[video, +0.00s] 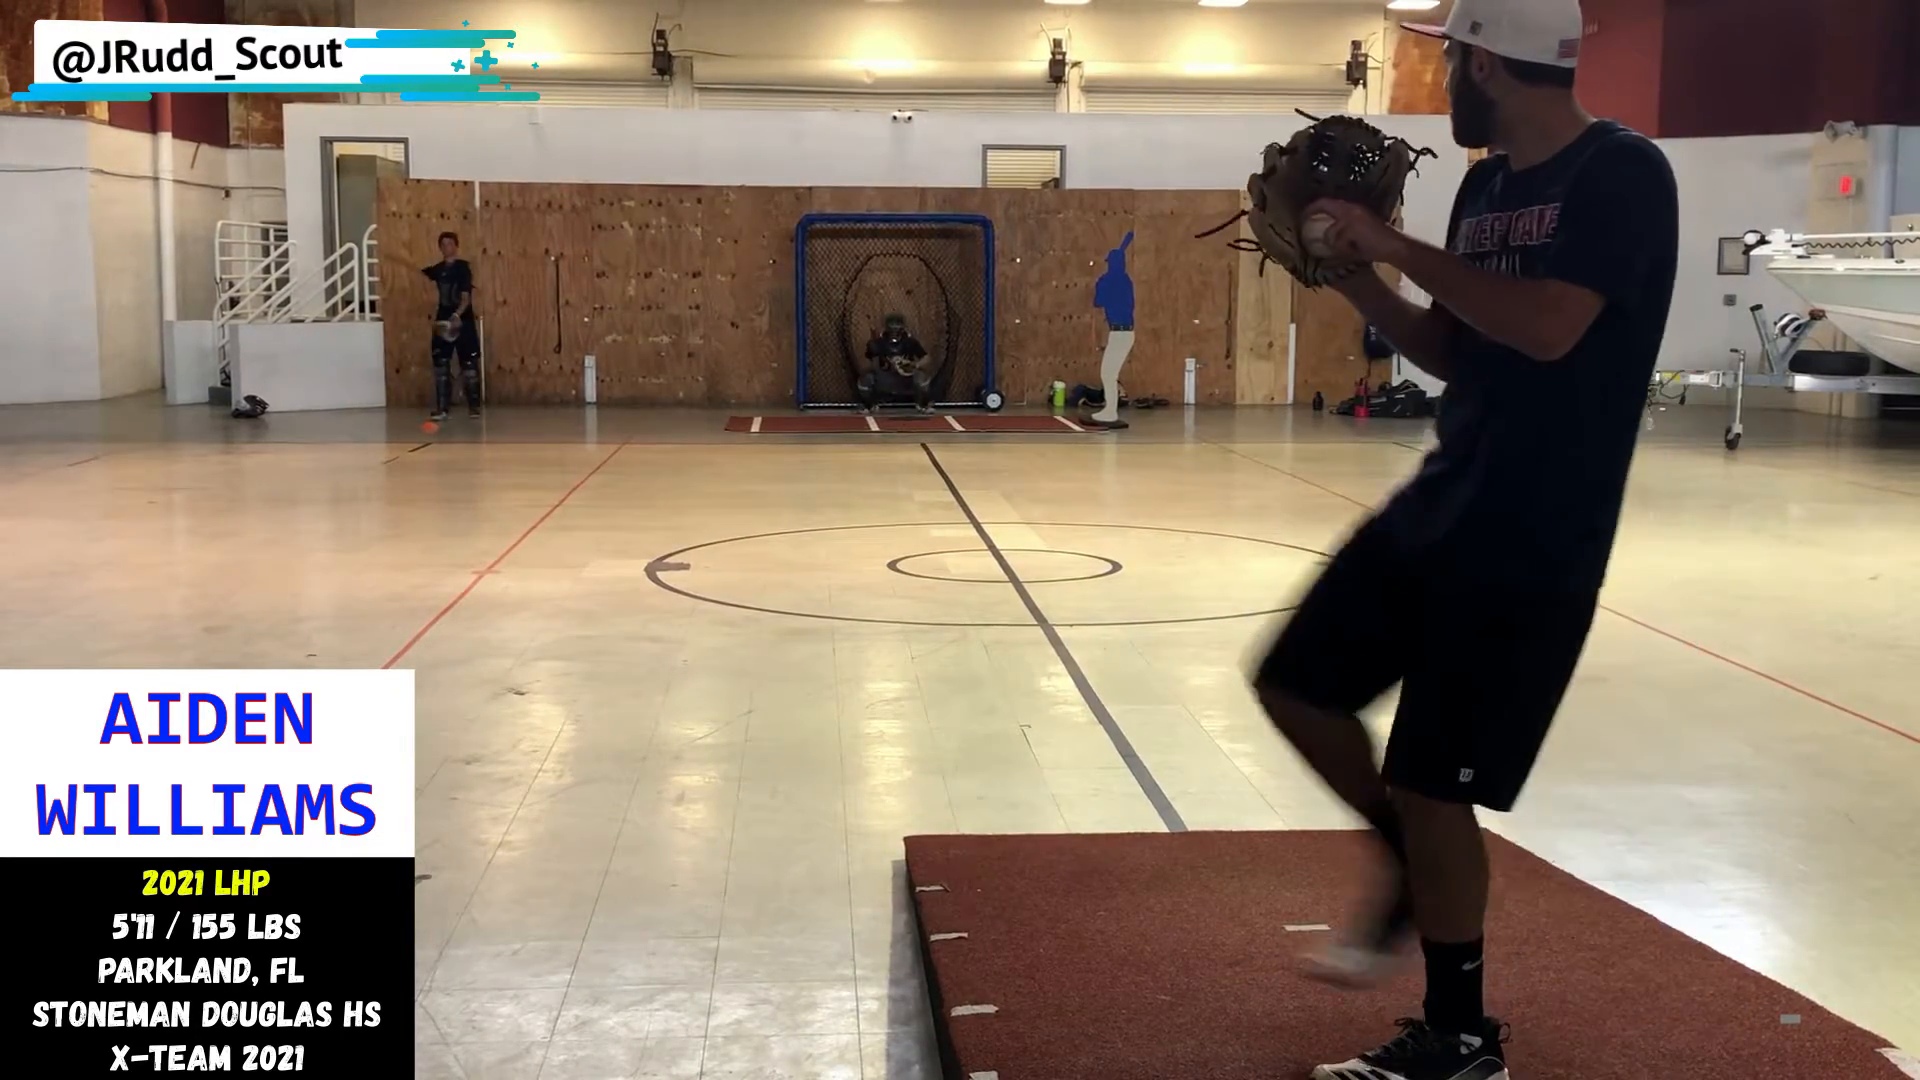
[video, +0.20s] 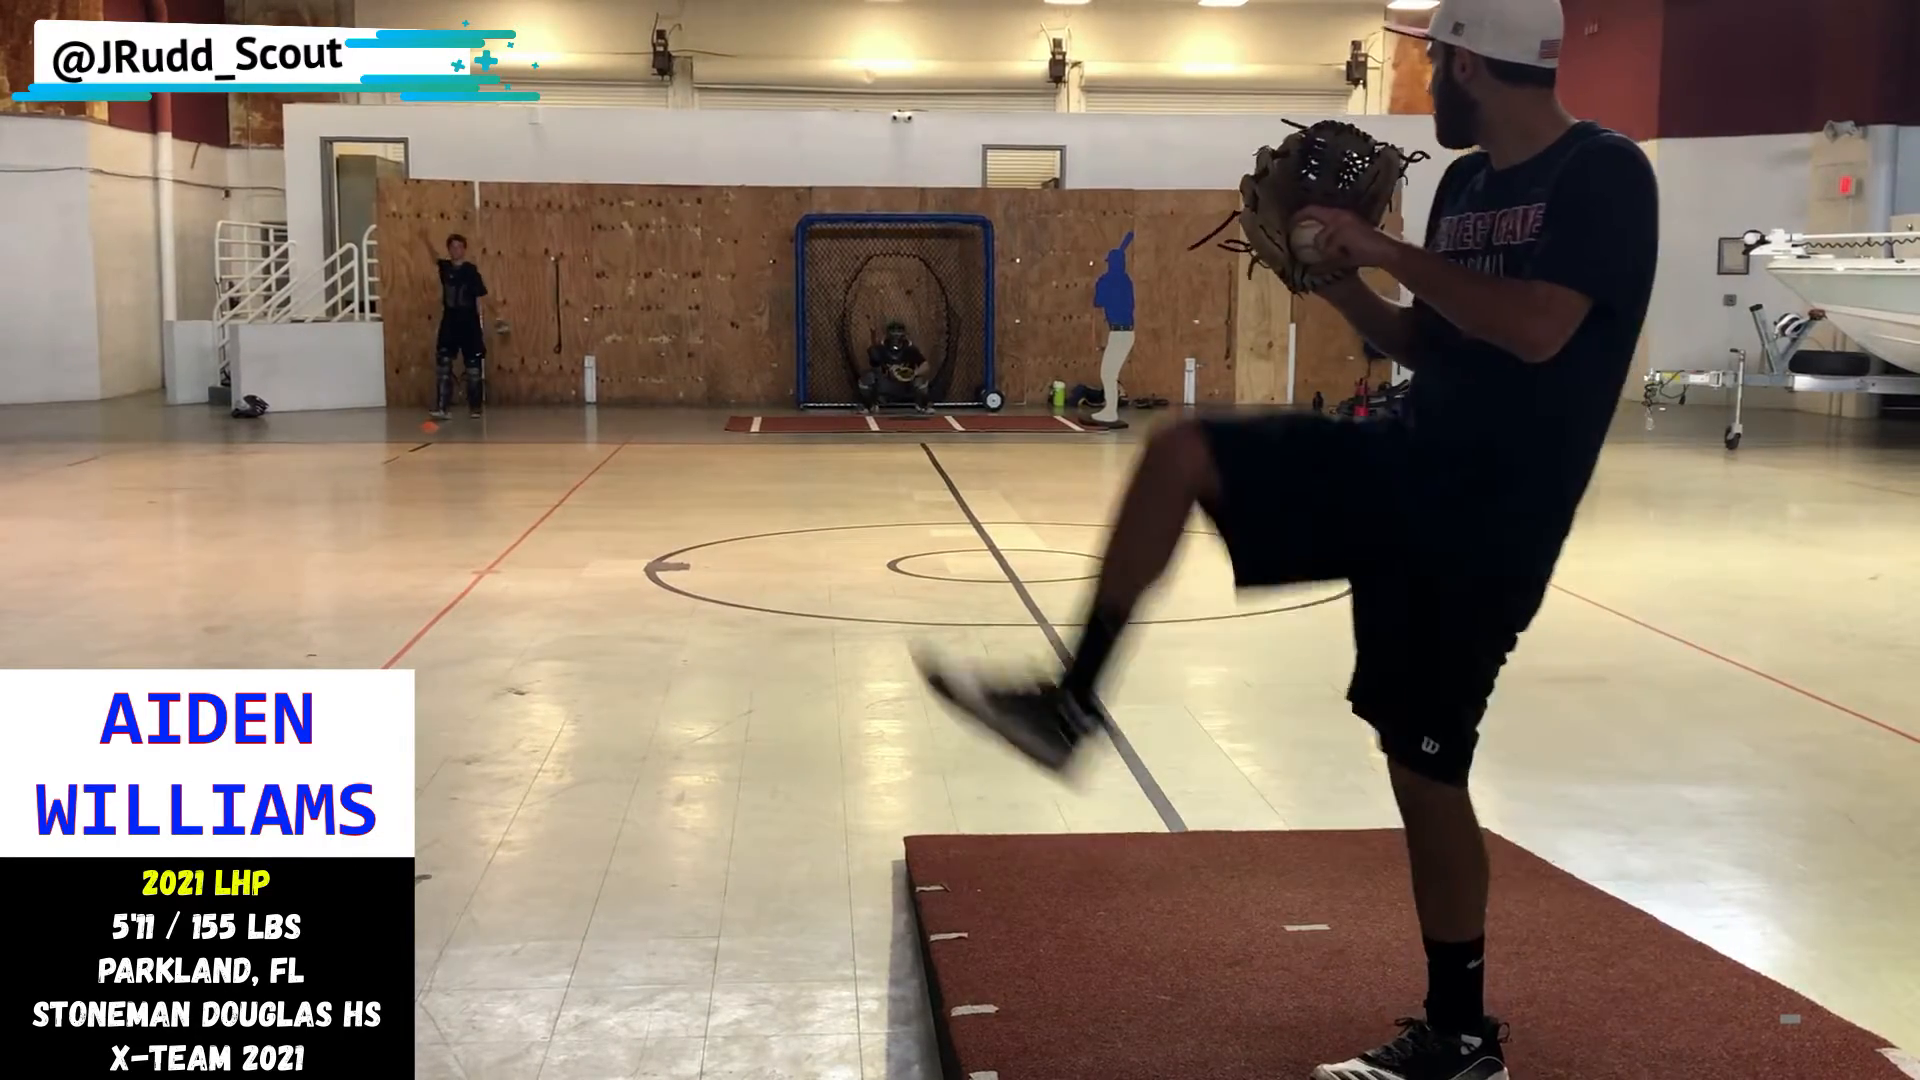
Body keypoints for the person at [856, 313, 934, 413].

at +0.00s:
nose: (895, 331)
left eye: (898, 328)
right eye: (892, 328)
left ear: (903, 327)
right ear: (886, 327)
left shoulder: (910, 342)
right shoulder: (877, 344)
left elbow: (926, 358)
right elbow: (873, 365)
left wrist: (915, 365)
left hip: (907, 377)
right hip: (886, 377)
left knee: (921, 377)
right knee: (866, 380)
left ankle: (921, 405)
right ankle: (871, 406)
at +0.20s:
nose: (897, 337)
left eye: (900, 334)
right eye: (893, 334)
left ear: (904, 335)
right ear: (888, 335)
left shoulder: (911, 349)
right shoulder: (881, 350)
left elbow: (925, 366)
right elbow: (875, 368)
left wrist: (914, 373)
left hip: (907, 383)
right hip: (887, 384)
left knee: (921, 381)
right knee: (867, 379)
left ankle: (922, 406)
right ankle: (871, 405)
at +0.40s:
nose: (897, 341)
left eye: (900, 338)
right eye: (894, 338)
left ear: (904, 339)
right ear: (889, 338)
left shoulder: (911, 353)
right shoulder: (880, 352)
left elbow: (922, 370)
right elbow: (875, 369)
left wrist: (910, 379)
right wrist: (886, 374)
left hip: (906, 386)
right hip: (886, 386)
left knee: (921, 385)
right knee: (866, 381)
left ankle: (922, 406)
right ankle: (871, 406)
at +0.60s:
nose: (896, 341)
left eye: (900, 338)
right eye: (894, 337)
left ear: (904, 338)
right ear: (888, 337)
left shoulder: (910, 352)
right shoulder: (879, 352)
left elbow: (919, 368)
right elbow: (873, 370)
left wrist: (914, 380)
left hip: (906, 383)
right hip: (886, 383)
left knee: (920, 386)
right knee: (866, 382)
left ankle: (922, 406)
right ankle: (870, 406)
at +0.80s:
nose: (895, 341)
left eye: (898, 338)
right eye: (892, 337)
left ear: (903, 339)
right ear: (887, 338)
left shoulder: (909, 352)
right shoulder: (877, 353)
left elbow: (919, 370)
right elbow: (871, 371)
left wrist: (914, 382)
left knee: (919, 384)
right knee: (866, 380)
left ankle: (922, 405)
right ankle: (869, 406)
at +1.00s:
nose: (895, 337)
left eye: (898, 335)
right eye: (892, 334)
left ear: (903, 337)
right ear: (888, 336)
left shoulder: (908, 352)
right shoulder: (879, 352)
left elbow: (920, 371)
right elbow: (872, 370)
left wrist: (915, 386)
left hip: (905, 379)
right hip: (885, 380)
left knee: (919, 387)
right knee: (866, 381)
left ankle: (921, 406)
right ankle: (870, 406)